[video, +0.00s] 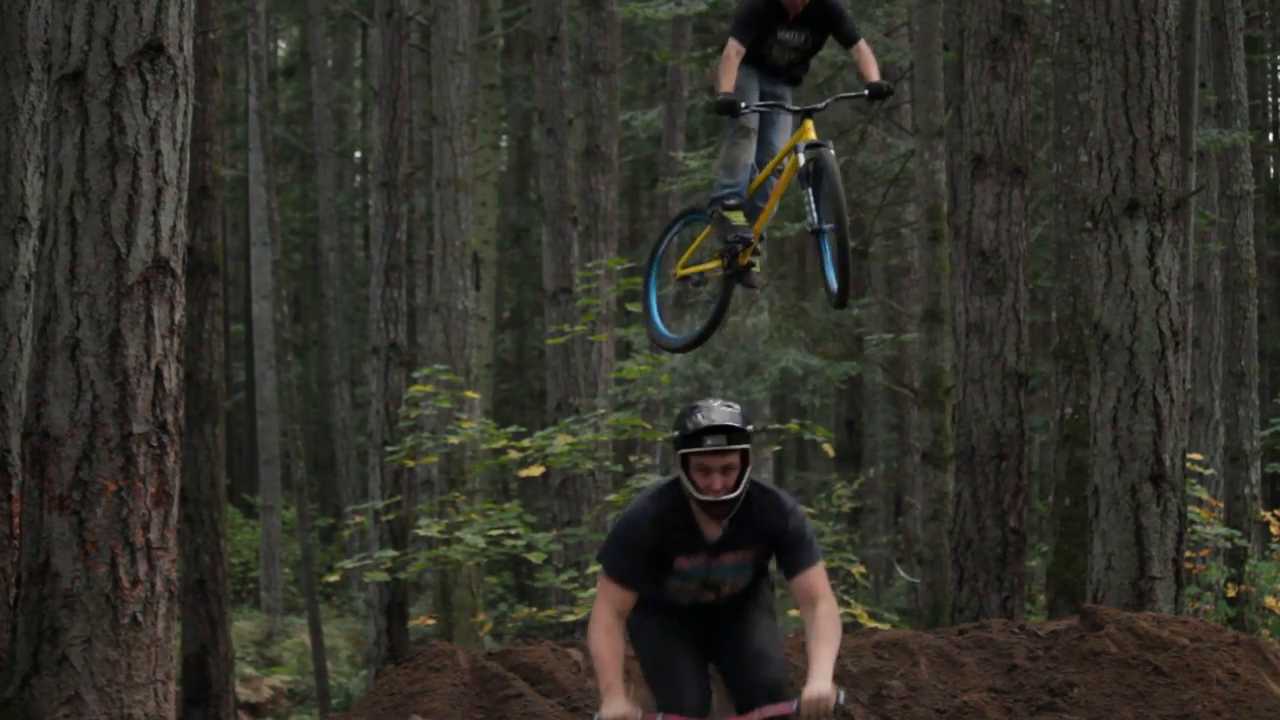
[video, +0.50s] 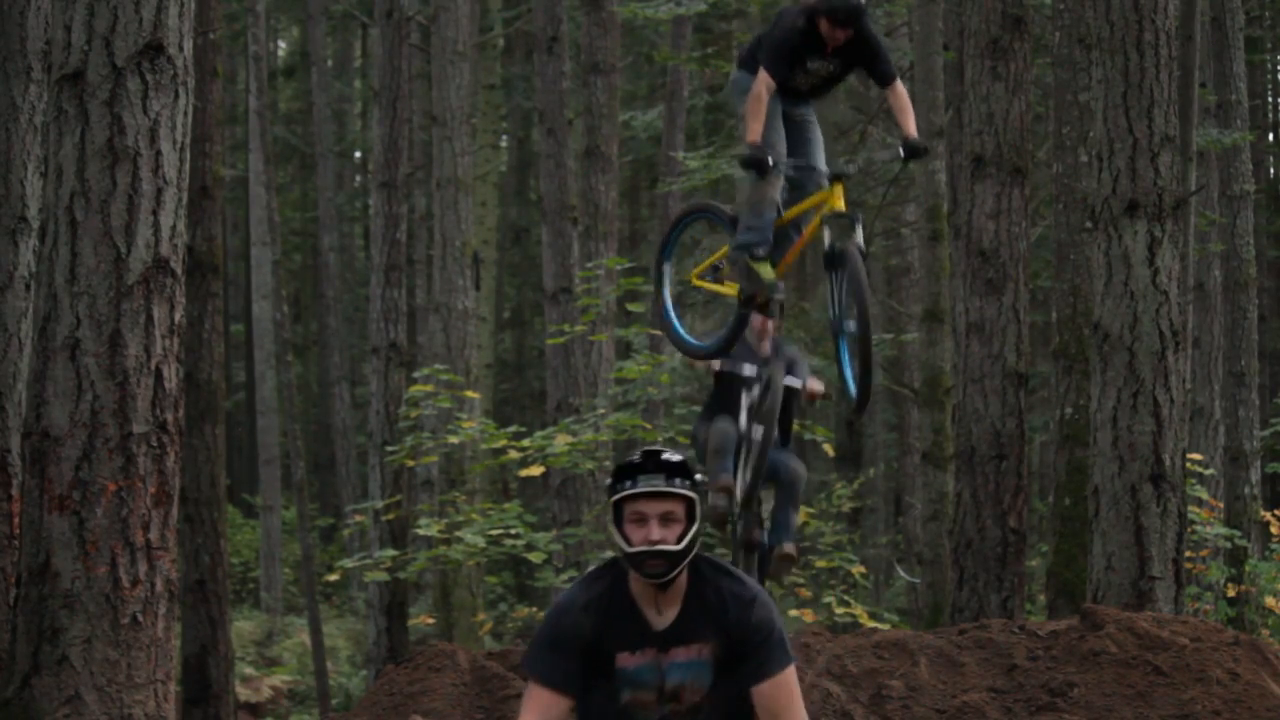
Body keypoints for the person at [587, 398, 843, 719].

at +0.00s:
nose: (716, 484)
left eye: (728, 471)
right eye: (703, 471)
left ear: (745, 465)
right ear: (683, 467)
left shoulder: (776, 513)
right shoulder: (646, 519)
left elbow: (819, 602)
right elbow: (608, 612)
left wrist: (820, 680)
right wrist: (613, 697)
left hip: (744, 611)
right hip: (665, 618)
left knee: (769, 702)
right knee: (686, 708)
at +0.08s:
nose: (701, 496)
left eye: (713, 482)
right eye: (688, 483)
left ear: (734, 479)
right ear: (669, 482)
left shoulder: (768, 540)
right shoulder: (632, 547)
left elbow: (807, 640)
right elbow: (594, 646)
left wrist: (810, 715)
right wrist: (593, 716)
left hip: (741, 656)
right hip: (659, 661)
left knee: (764, 711)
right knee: (668, 712)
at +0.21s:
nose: (695, 505)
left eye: (708, 490)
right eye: (682, 490)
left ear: (728, 489)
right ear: (662, 491)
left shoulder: (769, 555)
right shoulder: (624, 558)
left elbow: (803, 654)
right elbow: (584, 663)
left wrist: (807, 715)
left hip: (742, 688)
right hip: (656, 693)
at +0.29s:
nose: (679, 518)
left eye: (694, 504)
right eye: (666, 504)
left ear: (717, 505)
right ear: (647, 507)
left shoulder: (761, 579)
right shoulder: (609, 583)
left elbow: (793, 691)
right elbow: (571, 696)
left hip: (738, 709)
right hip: (640, 710)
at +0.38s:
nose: (672, 525)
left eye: (687, 510)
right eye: (657, 510)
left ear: (710, 512)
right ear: (638, 515)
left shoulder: (754, 589)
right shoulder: (601, 593)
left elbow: (791, 704)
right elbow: (560, 708)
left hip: (730, 710)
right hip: (630, 710)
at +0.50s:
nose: (654, 536)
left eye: (668, 520)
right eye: (639, 521)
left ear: (692, 524)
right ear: (618, 526)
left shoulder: (743, 606)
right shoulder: (579, 612)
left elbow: (788, 715)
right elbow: (537, 715)